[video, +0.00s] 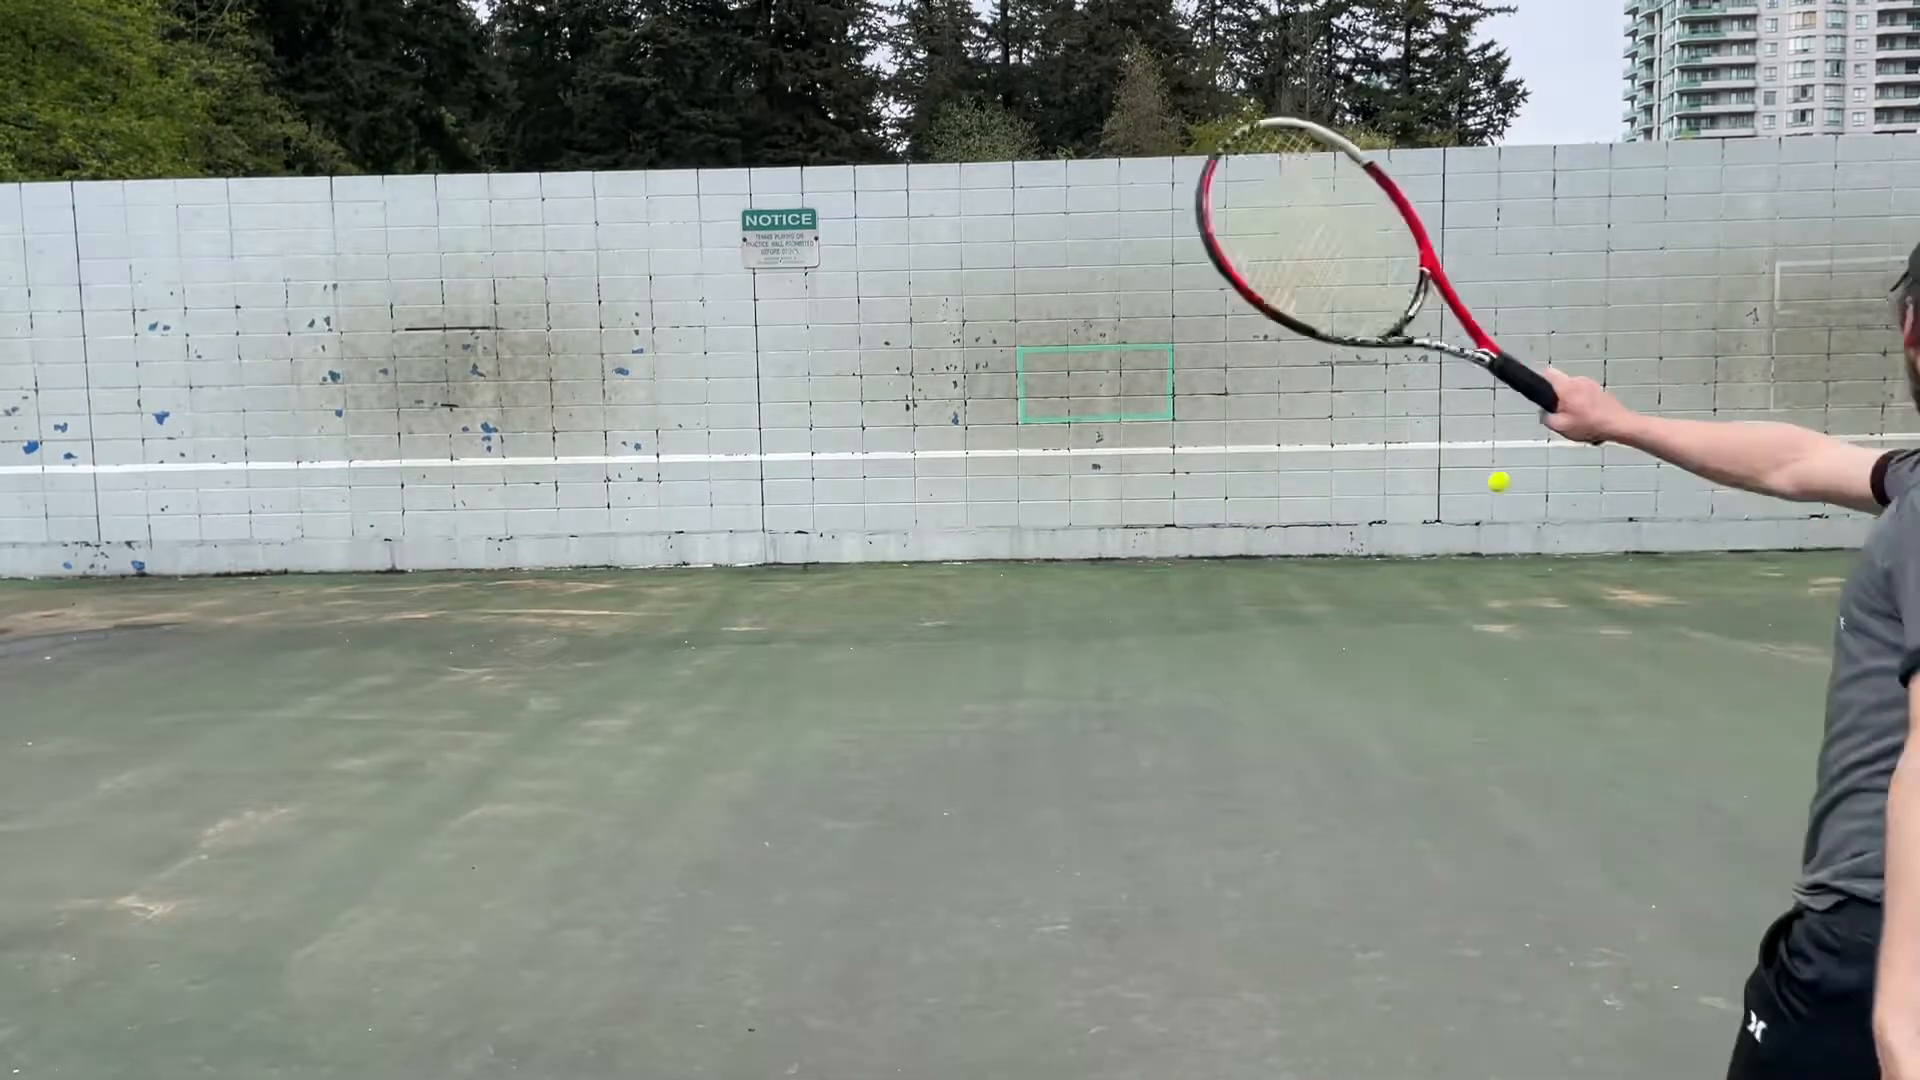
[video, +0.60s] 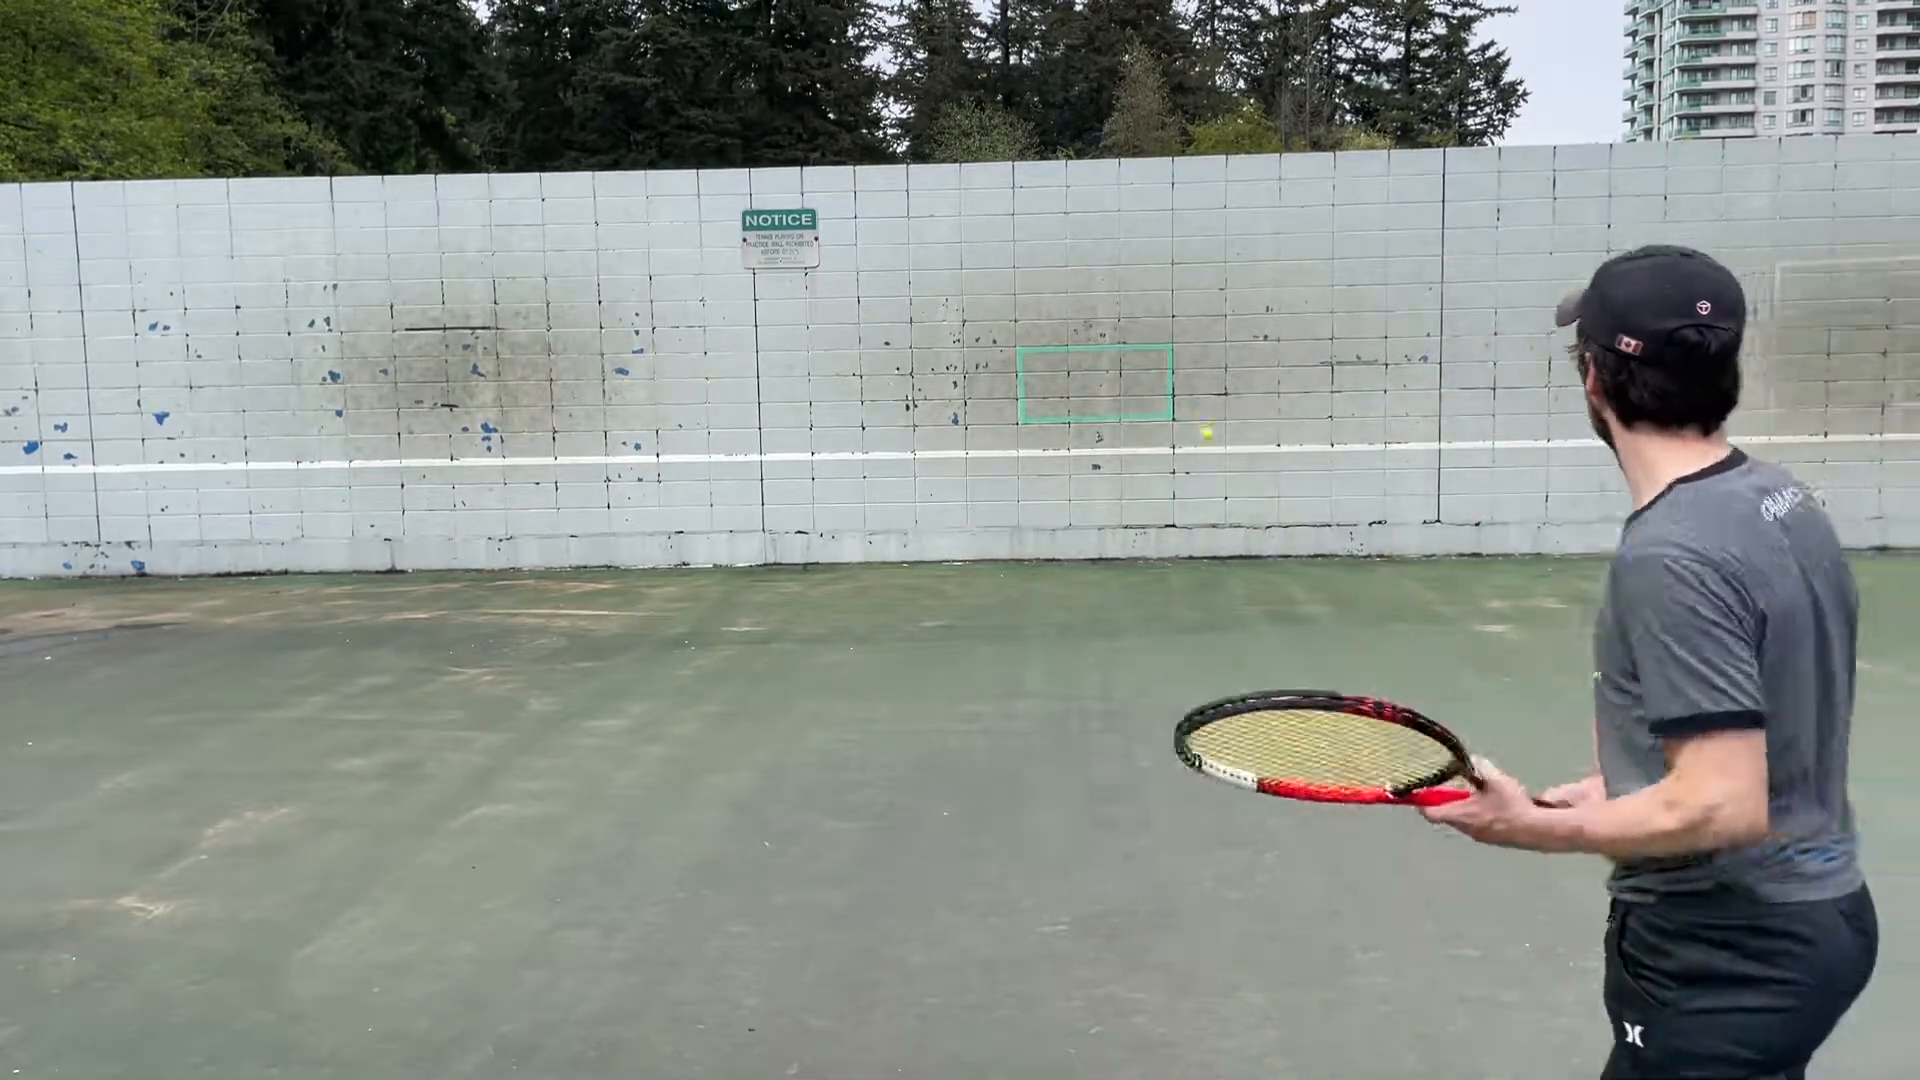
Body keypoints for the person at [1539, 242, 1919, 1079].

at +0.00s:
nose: (1903, 332)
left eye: (1902, 314)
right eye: (1912, 316)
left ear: (1908, 329)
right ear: (1917, 334)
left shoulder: (1909, 506)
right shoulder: (1907, 487)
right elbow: (1796, 461)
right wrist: (1616, 420)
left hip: (1858, 949)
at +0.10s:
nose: (1846, 335)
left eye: (1848, 312)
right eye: (1859, 309)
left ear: (1861, 333)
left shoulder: (1901, 521)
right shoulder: (1882, 478)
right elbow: (1709, 443)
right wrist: (1505, 417)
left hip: (1869, 963)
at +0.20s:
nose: (1787, 347)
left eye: (1791, 328)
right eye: (1790, 326)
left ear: (1804, 350)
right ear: (1911, 356)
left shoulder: (1898, 552)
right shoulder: (1827, 488)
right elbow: (1646, 508)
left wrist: (1896, 1047)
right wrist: (1473, 528)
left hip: (1853, 978)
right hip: (1803, 951)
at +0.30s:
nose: (1729, 355)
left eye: (1732, 336)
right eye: (1732, 334)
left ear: (1750, 359)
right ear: (1882, 358)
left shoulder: (1882, 558)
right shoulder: (1784, 503)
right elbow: (1626, 585)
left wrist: (1831, 988)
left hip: (1852, 982)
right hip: (1773, 958)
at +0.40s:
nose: (1675, 361)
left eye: (1677, 343)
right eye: (1680, 340)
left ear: (1697, 367)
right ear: (1823, 363)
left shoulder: (1836, 557)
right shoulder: (1763, 515)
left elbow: (1915, 807)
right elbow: (1661, 654)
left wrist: (1740, 918)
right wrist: (1544, 737)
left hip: (1827, 1004)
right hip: (1772, 983)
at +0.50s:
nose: (1625, 366)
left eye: (1627, 348)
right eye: (1626, 346)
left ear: (1645, 373)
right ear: (1771, 369)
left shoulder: (1754, 551)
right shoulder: (1811, 496)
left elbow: (1860, 800)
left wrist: (1645, 862)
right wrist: (1612, 775)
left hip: (1776, 969)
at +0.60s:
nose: (1579, 374)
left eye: (1581, 357)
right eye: (1580, 355)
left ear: (1601, 379)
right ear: (1721, 369)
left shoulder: (1671, 553)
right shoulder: (1782, 507)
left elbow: (1727, 808)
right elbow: (1769, 730)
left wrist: (1536, 823)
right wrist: (1607, 789)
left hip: (1718, 955)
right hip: (1808, 925)